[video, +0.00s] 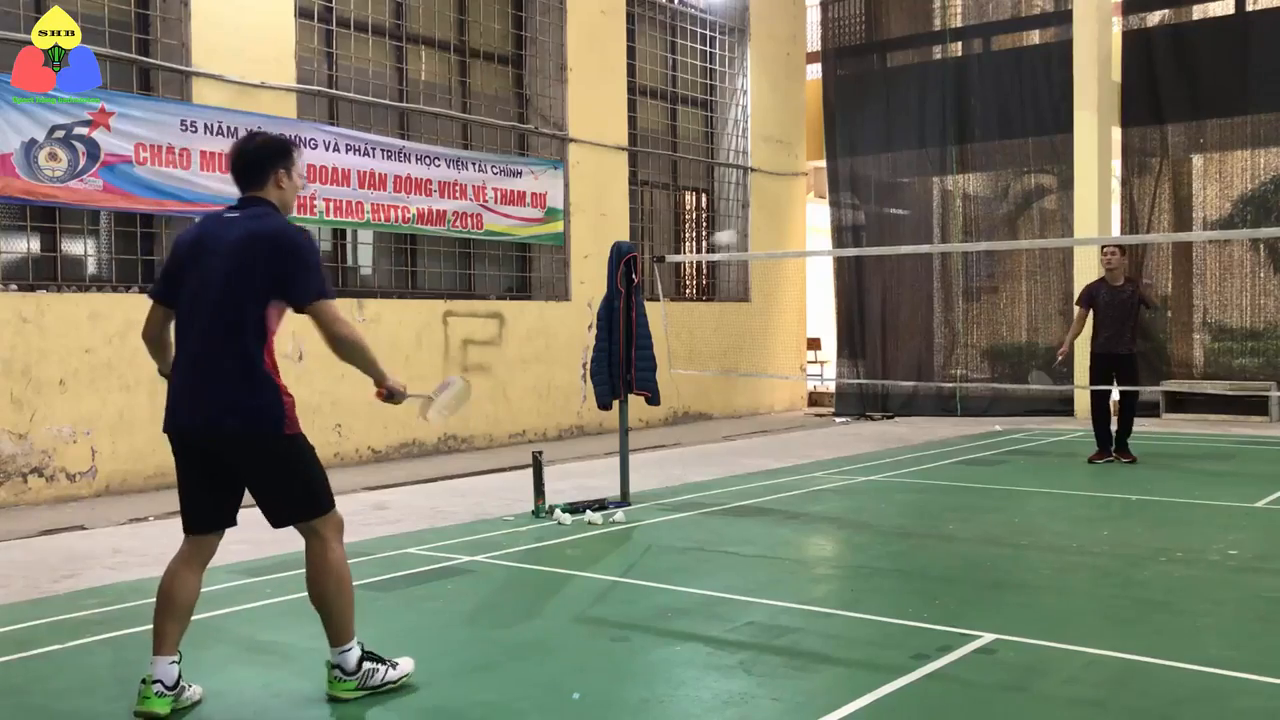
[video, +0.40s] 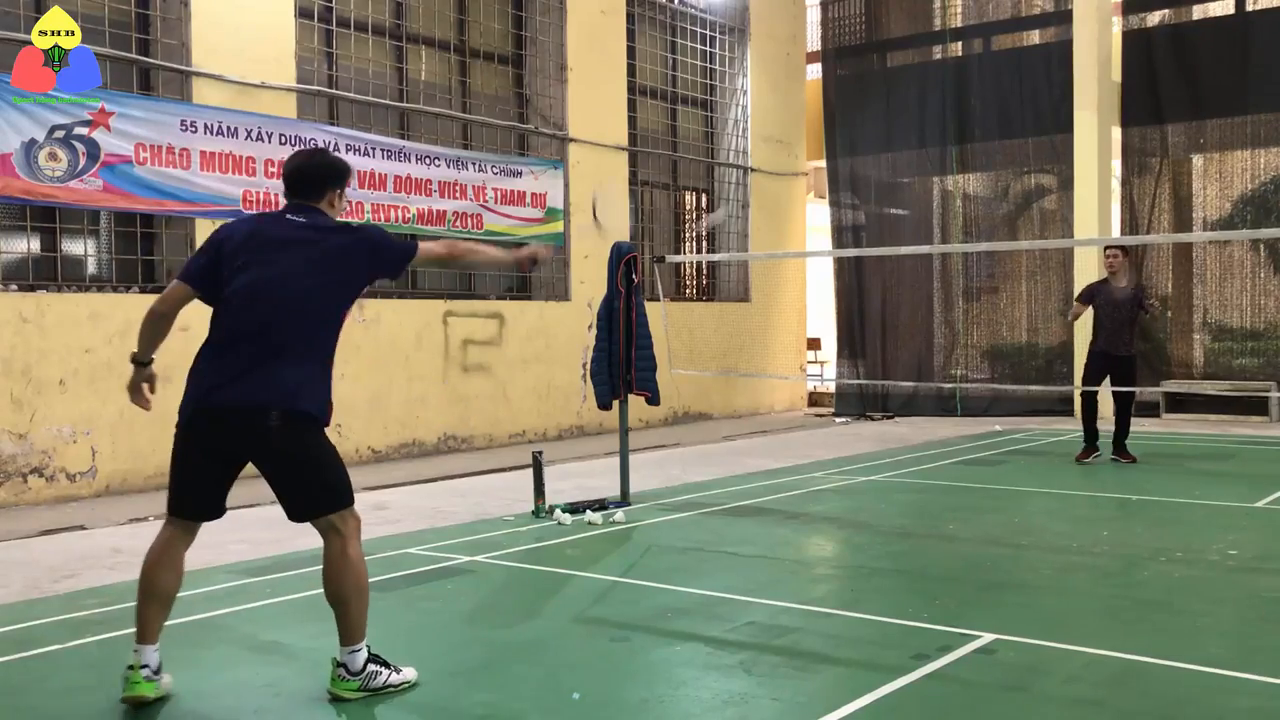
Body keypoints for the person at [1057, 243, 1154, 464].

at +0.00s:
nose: (1107, 257)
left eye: (1113, 254)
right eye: (1104, 254)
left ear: (1124, 259)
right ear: (1101, 259)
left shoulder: (1136, 288)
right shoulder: (1092, 289)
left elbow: (1156, 309)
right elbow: (1079, 320)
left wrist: (1152, 294)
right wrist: (1067, 343)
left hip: (1126, 353)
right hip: (1100, 354)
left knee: (1129, 399)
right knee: (1099, 401)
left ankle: (1122, 447)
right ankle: (1104, 448)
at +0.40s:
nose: (1110, 260)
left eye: (1115, 256)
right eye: (1107, 257)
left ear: (1125, 260)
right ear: (1103, 261)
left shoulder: (1136, 291)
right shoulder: (1095, 289)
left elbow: (1152, 315)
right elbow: (1073, 315)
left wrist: (1155, 309)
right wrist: (1075, 311)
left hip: (1125, 354)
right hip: (1099, 352)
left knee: (1124, 402)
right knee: (1087, 394)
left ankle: (1120, 448)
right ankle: (1090, 445)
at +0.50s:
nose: (1107, 261)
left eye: (1112, 257)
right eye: (1105, 257)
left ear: (1123, 260)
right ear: (1101, 261)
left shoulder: (1135, 291)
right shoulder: (1094, 289)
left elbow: (1151, 316)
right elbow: (1066, 308)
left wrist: (1154, 308)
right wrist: (1079, 294)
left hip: (1124, 356)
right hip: (1097, 354)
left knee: (1123, 405)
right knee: (1086, 400)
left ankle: (1119, 448)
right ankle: (1081, 449)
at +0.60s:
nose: (1104, 260)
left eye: (1109, 257)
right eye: (1102, 257)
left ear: (1121, 261)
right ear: (1099, 261)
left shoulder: (1131, 292)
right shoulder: (1090, 287)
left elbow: (1147, 320)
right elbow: (1061, 294)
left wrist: (1152, 309)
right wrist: (1073, 272)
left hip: (1121, 355)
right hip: (1094, 354)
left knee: (1122, 405)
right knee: (1086, 403)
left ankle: (1119, 448)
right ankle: (1080, 451)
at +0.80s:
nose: (1093, 259)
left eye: (1098, 255)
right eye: (1091, 256)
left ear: (1110, 261)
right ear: (1089, 261)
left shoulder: (1120, 292)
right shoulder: (1079, 286)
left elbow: (1135, 316)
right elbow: (1050, 276)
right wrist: (1060, 248)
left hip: (1110, 355)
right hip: (1083, 353)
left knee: (1117, 403)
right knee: (1077, 402)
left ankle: (1118, 446)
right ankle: (1079, 451)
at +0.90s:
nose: (1084, 256)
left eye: (1090, 253)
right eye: (1084, 253)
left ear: (1103, 260)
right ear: (1083, 260)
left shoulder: (1115, 290)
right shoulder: (1073, 284)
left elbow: (1132, 318)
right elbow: (1045, 270)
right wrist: (1039, 243)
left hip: (1105, 353)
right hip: (1078, 352)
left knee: (1118, 400)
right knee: (1075, 401)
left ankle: (1118, 442)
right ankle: (1079, 451)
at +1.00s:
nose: (1080, 255)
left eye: (1086, 252)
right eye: (1080, 252)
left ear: (1099, 258)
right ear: (1079, 259)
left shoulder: (1109, 288)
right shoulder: (1069, 282)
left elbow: (1125, 311)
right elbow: (1045, 277)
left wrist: (1131, 296)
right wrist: (1024, 268)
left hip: (1103, 352)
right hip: (1076, 351)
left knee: (1117, 397)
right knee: (1074, 402)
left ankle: (1118, 440)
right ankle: (1078, 452)